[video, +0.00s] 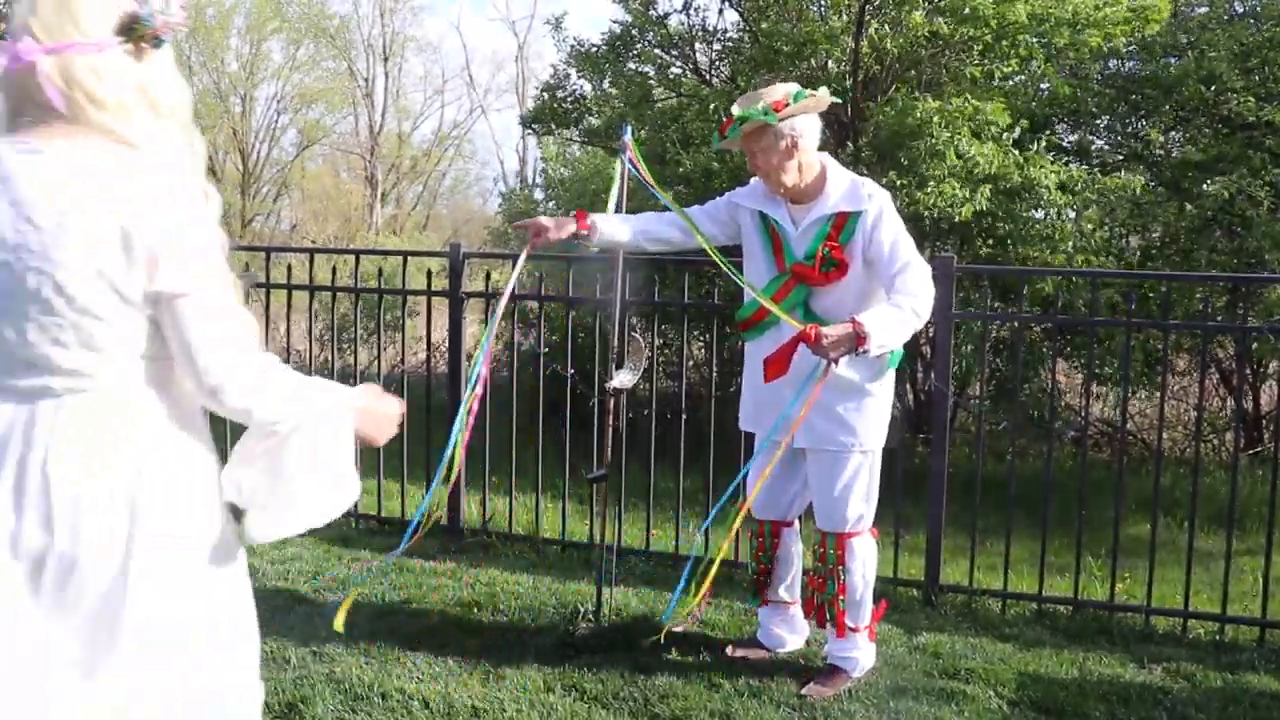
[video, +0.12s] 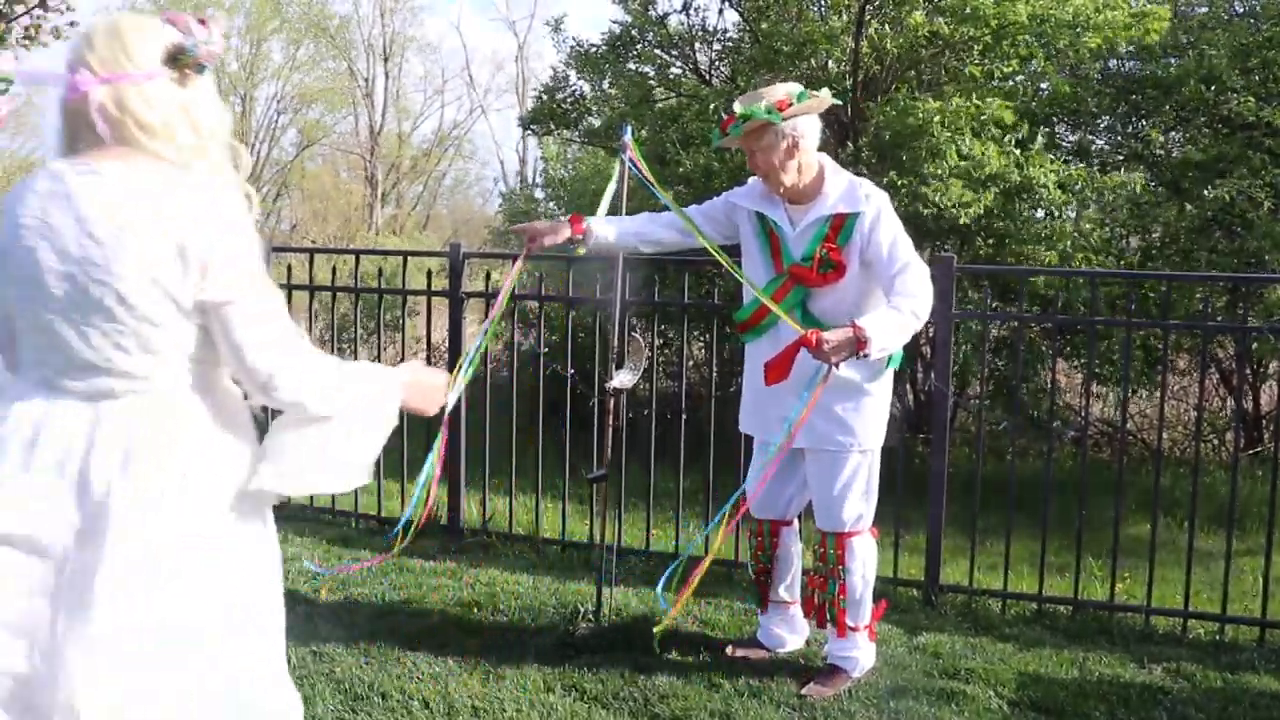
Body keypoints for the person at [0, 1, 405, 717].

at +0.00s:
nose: (164, 55)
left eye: (160, 35)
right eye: (153, 37)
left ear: (17, 59)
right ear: (121, 57)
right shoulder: (149, 179)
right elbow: (227, 372)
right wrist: (349, 408)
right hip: (123, 459)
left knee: (27, 677)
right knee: (156, 684)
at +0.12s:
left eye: (71, 82)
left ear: (86, 97)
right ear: (181, 94)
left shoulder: (26, 200)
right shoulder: (199, 202)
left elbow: (10, 348)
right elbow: (277, 370)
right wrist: (395, 384)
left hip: (36, 439)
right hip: (166, 453)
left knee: (36, 661)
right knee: (173, 668)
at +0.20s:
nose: (101, 110)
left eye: (109, 98)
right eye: (107, 96)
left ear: (122, 113)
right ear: (209, 111)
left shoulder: (69, 213)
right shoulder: (237, 214)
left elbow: (46, 350)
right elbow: (308, 372)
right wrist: (422, 378)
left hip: (73, 446)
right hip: (201, 460)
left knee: (70, 668)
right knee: (202, 673)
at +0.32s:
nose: (162, 118)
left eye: (168, 109)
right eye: (279, 113)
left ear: (176, 123)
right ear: (265, 121)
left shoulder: (130, 214)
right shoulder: (285, 213)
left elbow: (108, 351)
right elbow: (356, 359)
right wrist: (450, 364)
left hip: (148, 431)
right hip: (259, 438)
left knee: (133, 635)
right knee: (255, 650)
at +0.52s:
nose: (230, 119)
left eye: (238, 109)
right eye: (236, 107)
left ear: (250, 123)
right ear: (325, 125)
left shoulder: (198, 205)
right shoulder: (348, 211)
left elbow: (159, 330)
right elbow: (408, 324)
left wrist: (159, 421)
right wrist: (472, 323)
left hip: (222, 397)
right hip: (324, 401)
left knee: (214, 573)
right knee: (316, 577)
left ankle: (202, 703)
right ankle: (304, 705)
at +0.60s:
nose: (248, 130)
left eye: (255, 119)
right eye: (253, 119)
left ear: (269, 132)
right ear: (342, 134)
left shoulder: (217, 208)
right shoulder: (365, 218)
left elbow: (178, 328)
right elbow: (423, 316)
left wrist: (151, 357)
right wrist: (480, 307)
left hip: (233, 389)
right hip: (336, 394)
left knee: (234, 571)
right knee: (334, 573)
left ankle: (229, 703)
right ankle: (322, 704)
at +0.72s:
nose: (267, 148)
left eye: (274, 139)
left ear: (284, 152)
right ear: (357, 151)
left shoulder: (242, 223)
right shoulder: (379, 233)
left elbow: (198, 332)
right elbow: (434, 314)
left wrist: (152, 343)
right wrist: (492, 300)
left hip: (256, 402)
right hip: (352, 407)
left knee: (256, 579)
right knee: (341, 581)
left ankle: (260, 703)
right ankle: (332, 701)